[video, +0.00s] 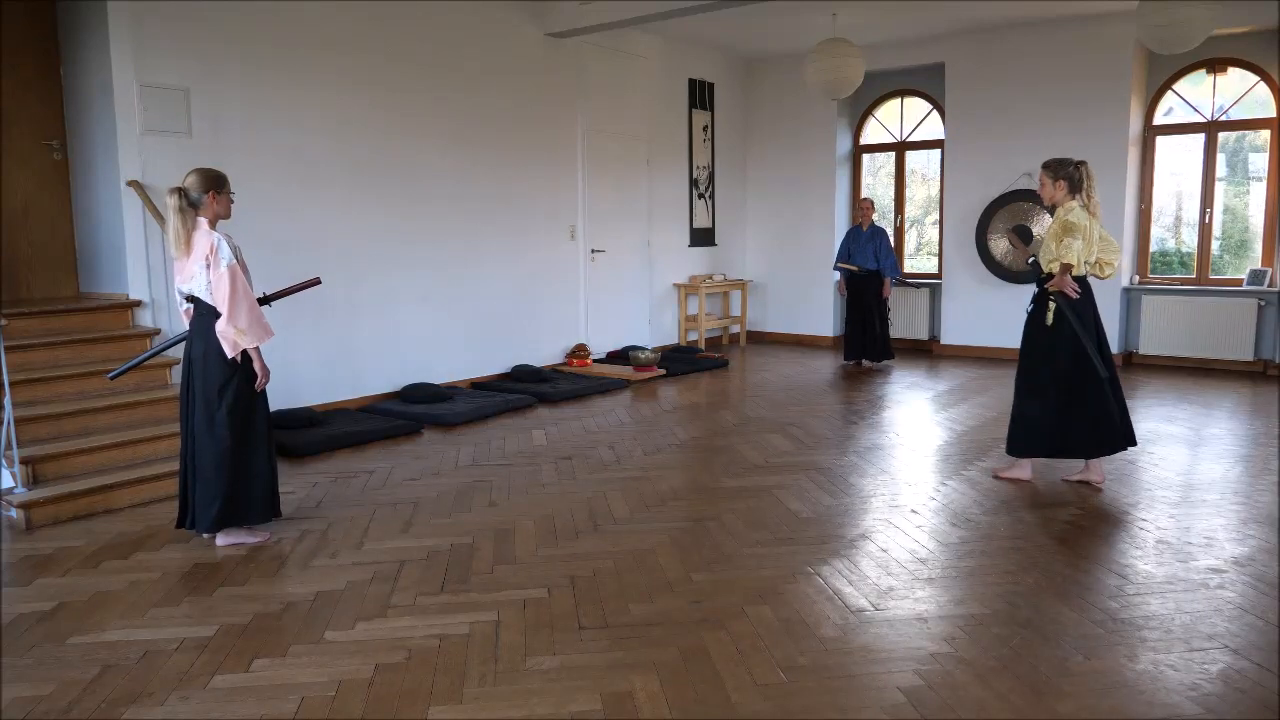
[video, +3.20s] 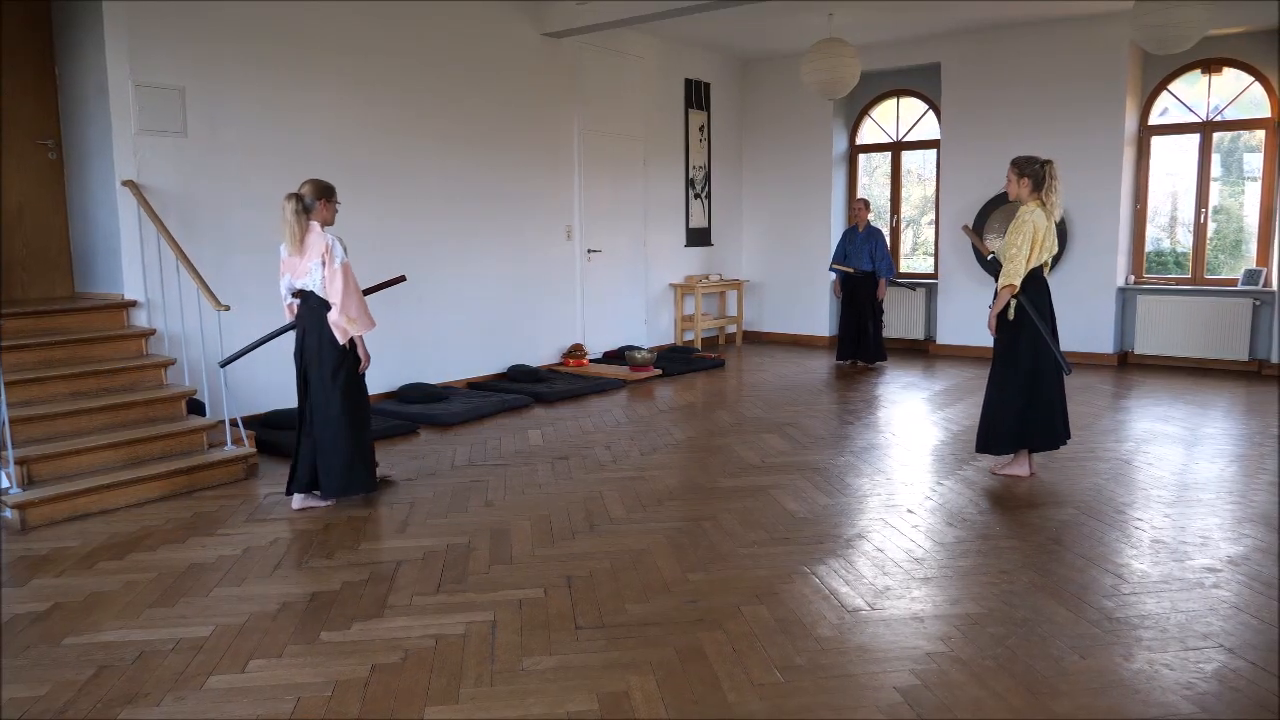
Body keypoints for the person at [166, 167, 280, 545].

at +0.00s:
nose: (232, 201)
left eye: (231, 194)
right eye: (229, 195)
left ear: (202, 199)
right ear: (212, 198)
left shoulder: (184, 241)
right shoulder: (218, 242)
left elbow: (186, 303)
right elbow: (234, 304)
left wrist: (204, 333)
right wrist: (255, 352)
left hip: (200, 343)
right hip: (225, 344)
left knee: (211, 432)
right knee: (232, 433)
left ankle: (216, 521)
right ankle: (231, 526)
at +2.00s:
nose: (237, 206)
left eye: (236, 199)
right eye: (234, 200)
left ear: (203, 202)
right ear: (219, 202)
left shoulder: (186, 245)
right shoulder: (224, 244)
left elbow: (185, 303)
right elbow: (242, 304)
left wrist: (201, 334)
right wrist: (264, 349)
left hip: (201, 340)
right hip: (232, 339)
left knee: (213, 425)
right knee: (260, 415)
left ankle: (216, 515)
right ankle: (276, 502)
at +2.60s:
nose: (288, 205)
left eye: (286, 199)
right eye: (285, 200)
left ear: (256, 203)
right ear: (271, 202)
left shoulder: (237, 245)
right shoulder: (280, 242)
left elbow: (236, 301)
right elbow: (294, 299)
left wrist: (252, 327)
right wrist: (312, 344)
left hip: (251, 332)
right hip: (281, 332)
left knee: (247, 413)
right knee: (298, 411)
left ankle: (221, 500)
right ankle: (306, 493)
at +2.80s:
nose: (305, 204)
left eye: (304, 199)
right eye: (302, 199)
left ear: (275, 201)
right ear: (289, 201)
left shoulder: (254, 244)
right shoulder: (298, 240)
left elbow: (256, 298)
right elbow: (314, 297)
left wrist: (273, 324)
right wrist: (333, 339)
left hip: (272, 330)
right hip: (302, 330)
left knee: (275, 406)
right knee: (309, 408)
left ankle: (254, 486)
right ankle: (305, 493)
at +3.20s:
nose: (337, 210)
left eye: (336, 204)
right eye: (335, 204)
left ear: (310, 206)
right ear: (322, 206)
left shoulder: (290, 246)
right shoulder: (329, 242)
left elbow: (290, 301)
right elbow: (342, 298)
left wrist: (307, 325)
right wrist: (358, 340)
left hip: (306, 331)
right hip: (331, 330)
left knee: (314, 408)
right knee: (340, 406)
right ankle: (305, 491)